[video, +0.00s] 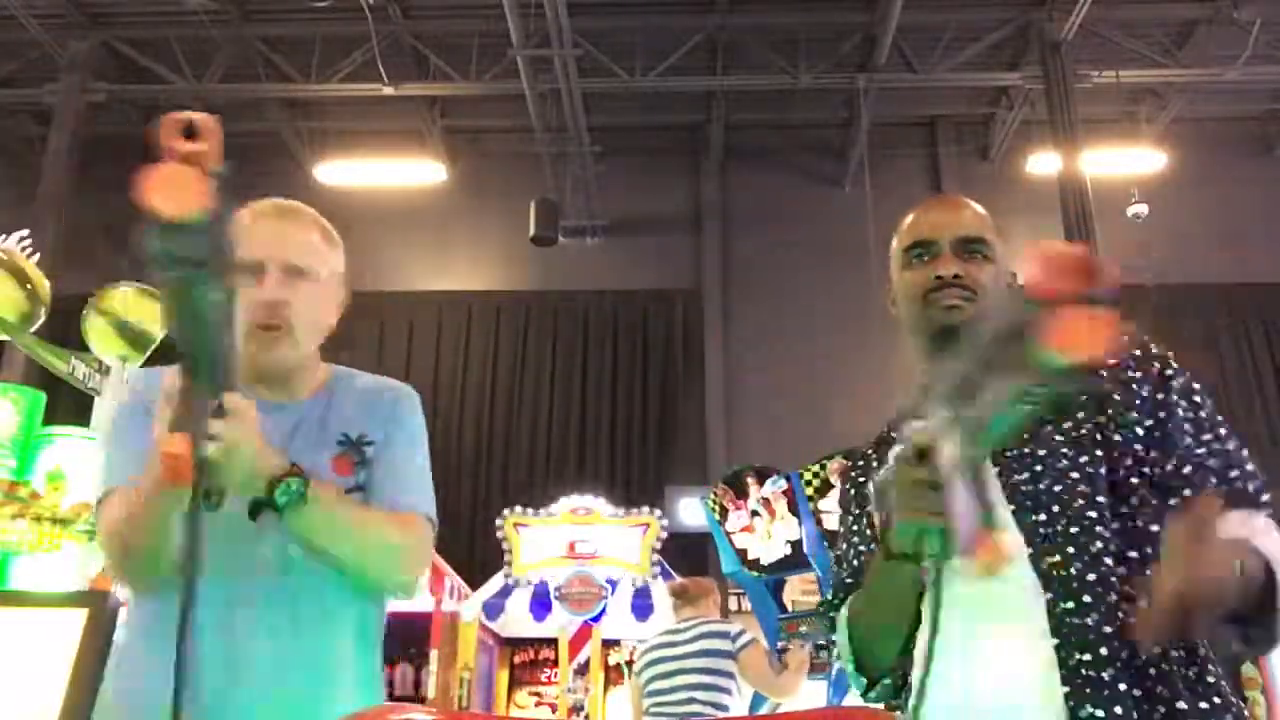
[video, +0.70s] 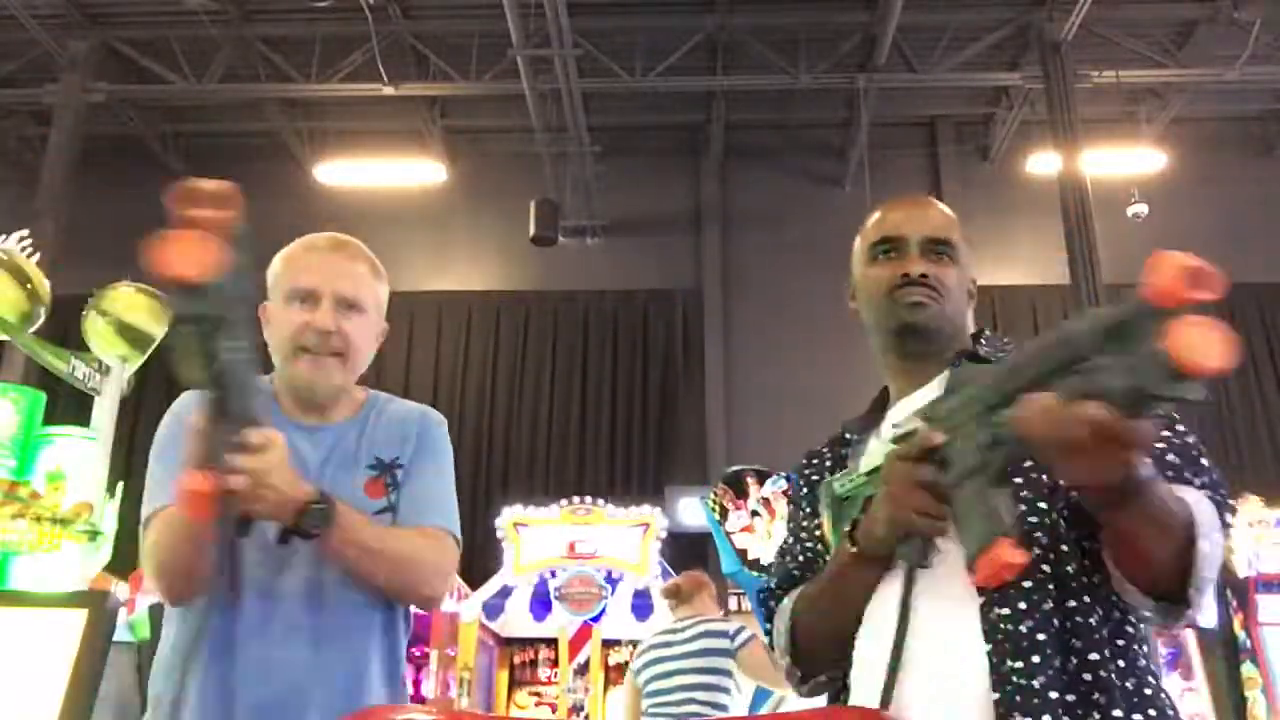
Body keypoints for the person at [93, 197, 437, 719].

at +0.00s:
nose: (271, 293)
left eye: (297, 274)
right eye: (250, 272)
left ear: (337, 303)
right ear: (217, 288)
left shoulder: (385, 409)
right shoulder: (150, 398)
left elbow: (404, 563)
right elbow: (132, 564)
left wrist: (270, 473)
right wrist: (170, 470)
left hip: (320, 706)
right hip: (155, 704)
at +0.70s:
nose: (324, 322)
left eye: (349, 306)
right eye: (304, 300)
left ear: (379, 335)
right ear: (265, 318)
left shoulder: (416, 431)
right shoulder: (200, 416)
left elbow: (431, 577)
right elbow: (173, 583)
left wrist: (300, 505)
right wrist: (204, 477)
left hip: (353, 709)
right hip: (205, 707)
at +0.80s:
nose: (335, 329)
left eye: (358, 315)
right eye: (316, 307)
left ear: (383, 335)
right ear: (277, 323)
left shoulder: (420, 439)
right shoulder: (213, 419)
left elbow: (450, 582)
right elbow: (203, 574)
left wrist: (358, 525)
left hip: (363, 709)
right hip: (213, 708)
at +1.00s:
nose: (315, 326)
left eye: (341, 309)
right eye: (295, 304)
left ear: (374, 333)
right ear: (260, 319)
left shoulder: (409, 429)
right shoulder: (194, 422)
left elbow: (435, 573)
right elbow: (182, 583)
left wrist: (316, 517)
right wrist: (234, 512)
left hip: (356, 707)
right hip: (203, 708)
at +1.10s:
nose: (288, 321)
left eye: (315, 303)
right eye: (270, 298)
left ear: (357, 326)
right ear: (241, 310)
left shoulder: (398, 421)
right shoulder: (185, 414)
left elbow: (413, 564)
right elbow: (151, 582)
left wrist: (268, 486)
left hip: (343, 709)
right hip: (188, 709)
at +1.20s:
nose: (280, 320)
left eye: (307, 301)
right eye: (260, 297)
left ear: (348, 322)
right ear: (232, 311)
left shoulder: (395, 419)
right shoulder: (179, 418)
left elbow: (394, 569)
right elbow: (121, 593)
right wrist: (132, 481)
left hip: (338, 708)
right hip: (191, 706)